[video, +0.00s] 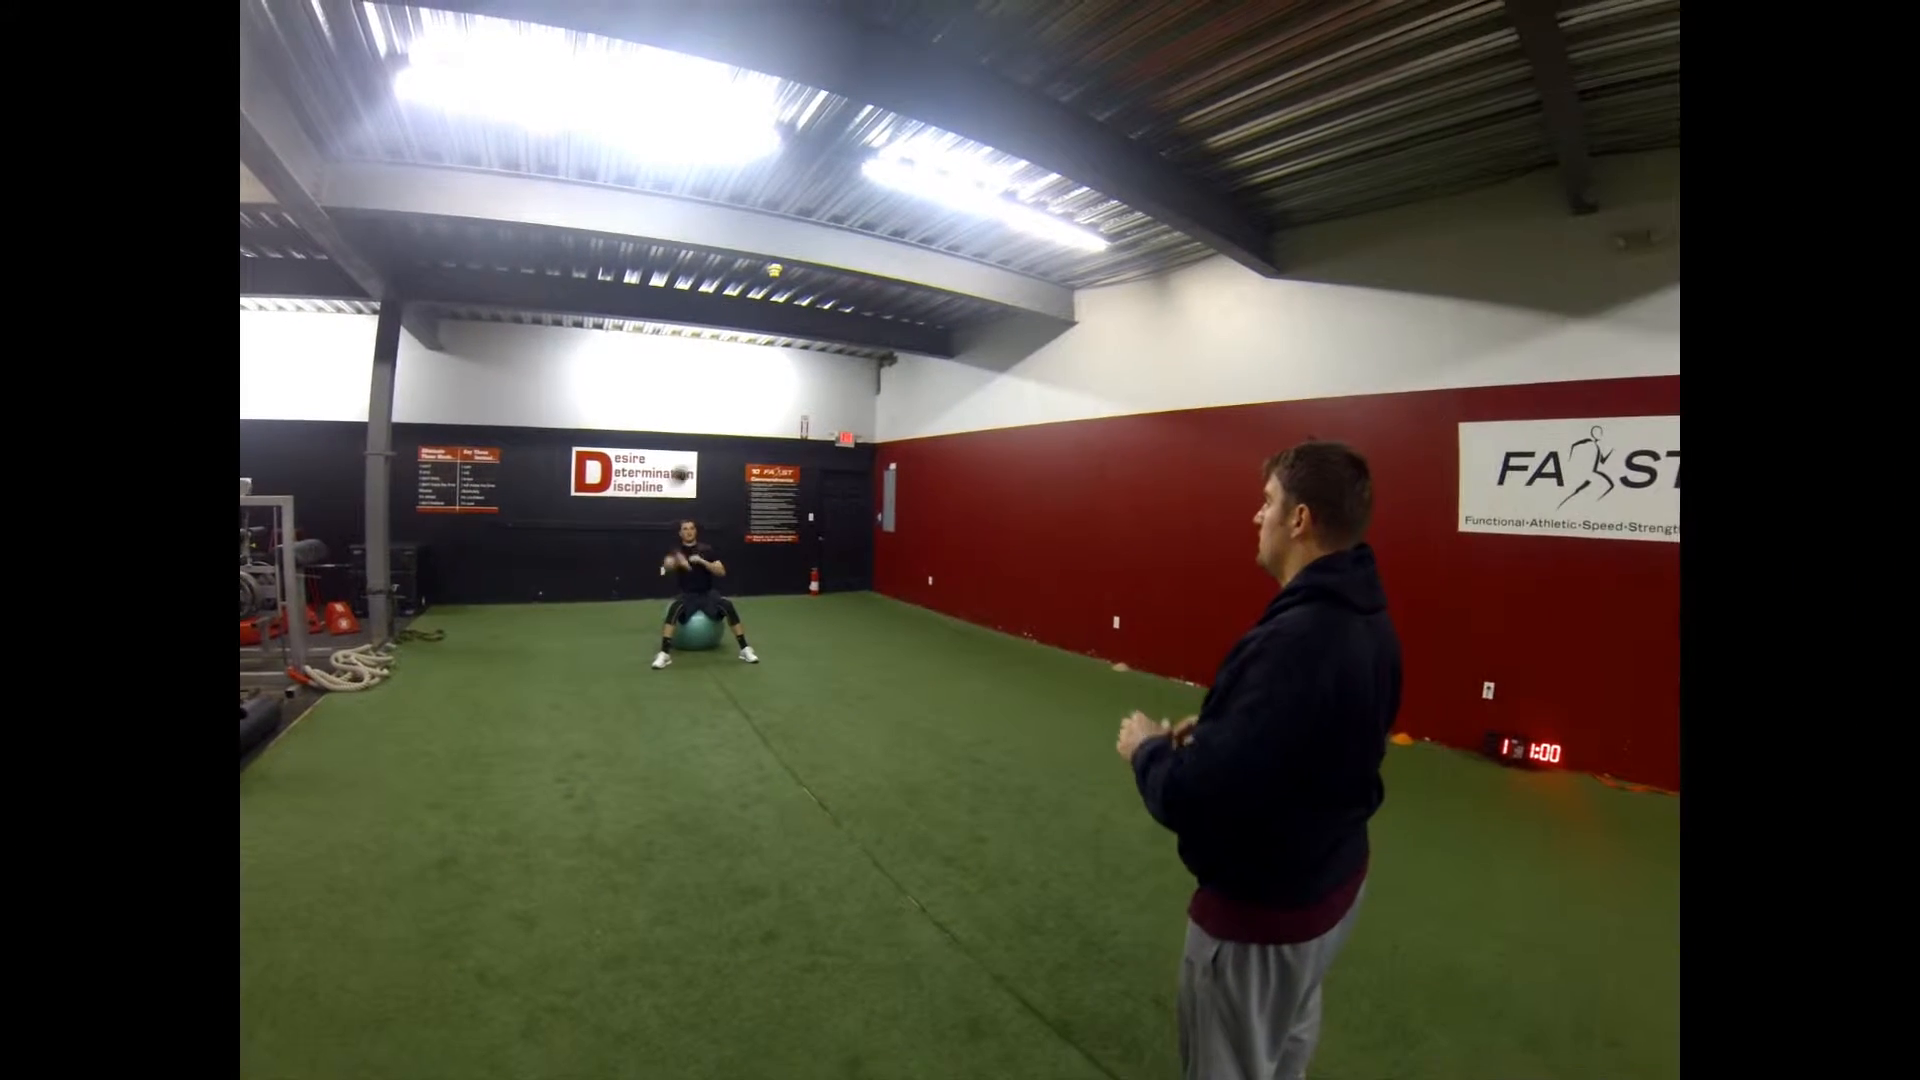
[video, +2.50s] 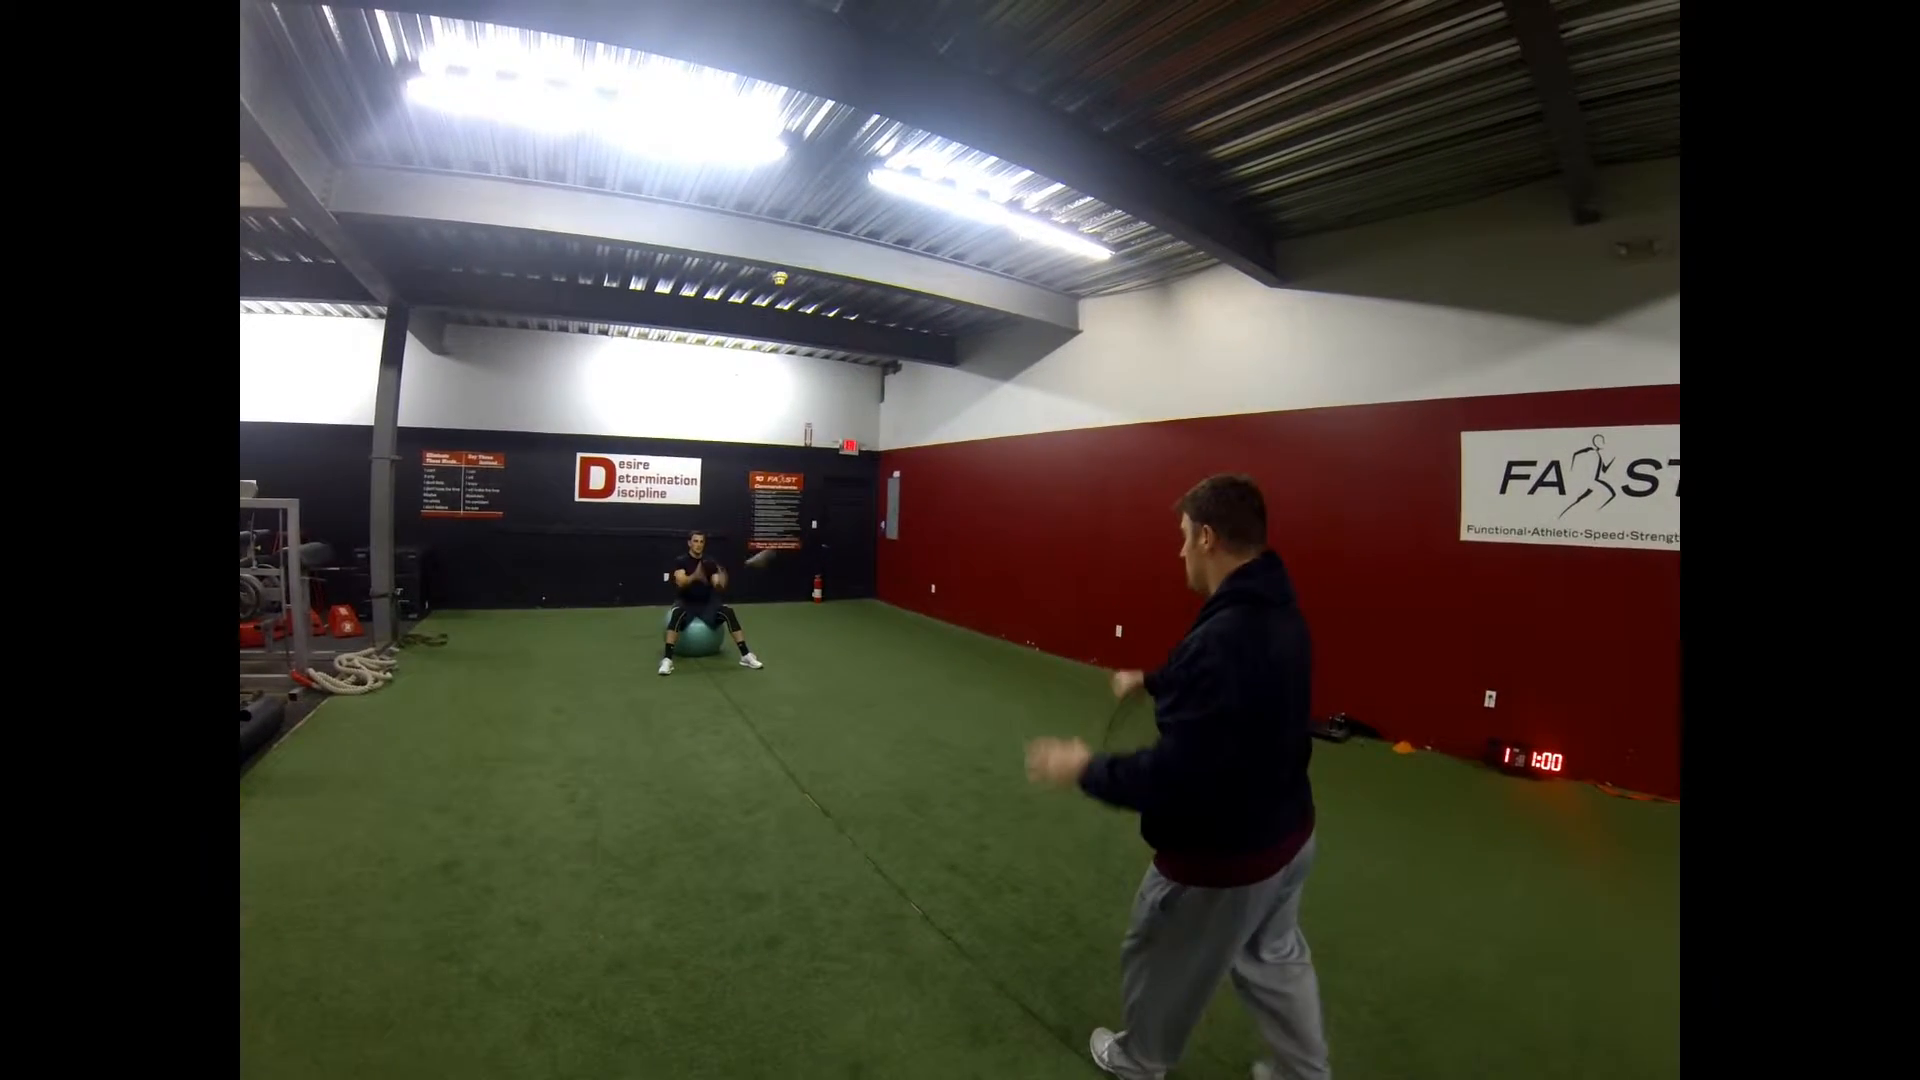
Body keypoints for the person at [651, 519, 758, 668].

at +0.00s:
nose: (689, 532)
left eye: (691, 529)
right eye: (685, 529)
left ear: (696, 531)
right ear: (680, 533)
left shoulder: (706, 549)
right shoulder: (677, 552)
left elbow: (721, 571)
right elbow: (668, 564)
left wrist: (702, 562)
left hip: (708, 594)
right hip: (687, 595)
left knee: (727, 606)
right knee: (674, 608)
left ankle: (745, 649)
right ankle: (664, 653)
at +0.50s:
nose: (688, 541)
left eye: (691, 538)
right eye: (685, 538)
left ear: (694, 541)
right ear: (679, 540)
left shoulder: (702, 559)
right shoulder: (670, 560)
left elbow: (710, 582)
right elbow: (660, 586)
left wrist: (703, 588)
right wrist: (674, 592)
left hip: (699, 601)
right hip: (679, 602)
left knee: (723, 608)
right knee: (668, 610)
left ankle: (739, 652)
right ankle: (660, 656)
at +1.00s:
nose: (687, 548)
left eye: (690, 545)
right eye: (684, 545)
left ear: (694, 548)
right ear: (678, 547)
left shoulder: (702, 566)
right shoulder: (669, 567)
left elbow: (710, 588)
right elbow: (659, 590)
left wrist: (702, 596)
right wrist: (671, 598)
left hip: (697, 608)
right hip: (677, 608)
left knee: (718, 614)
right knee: (666, 615)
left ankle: (736, 657)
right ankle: (658, 662)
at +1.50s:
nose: (690, 549)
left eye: (692, 546)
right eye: (686, 546)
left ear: (696, 548)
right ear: (680, 548)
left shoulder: (704, 567)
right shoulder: (671, 568)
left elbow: (710, 591)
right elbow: (661, 592)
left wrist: (703, 598)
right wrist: (674, 600)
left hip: (698, 609)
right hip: (679, 609)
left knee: (719, 615)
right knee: (667, 617)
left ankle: (736, 658)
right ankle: (658, 663)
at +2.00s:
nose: (697, 542)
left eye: (699, 539)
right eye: (693, 539)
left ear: (703, 542)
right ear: (687, 542)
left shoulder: (711, 561)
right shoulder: (678, 563)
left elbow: (717, 584)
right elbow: (671, 587)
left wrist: (710, 594)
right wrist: (686, 594)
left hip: (707, 601)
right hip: (687, 601)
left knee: (728, 609)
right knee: (677, 612)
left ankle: (743, 652)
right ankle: (665, 656)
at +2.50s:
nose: (698, 545)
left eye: (701, 542)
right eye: (695, 541)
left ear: (704, 544)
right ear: (689, 543)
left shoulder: (709, 562)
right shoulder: (681, 561)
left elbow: (720, 584)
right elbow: (681, 582)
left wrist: (720, 578)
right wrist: (695, 575)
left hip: (707, 604)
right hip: (687, 604)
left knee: (728, 612)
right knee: (677, 614)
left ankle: (746, 655)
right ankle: (667, 659)